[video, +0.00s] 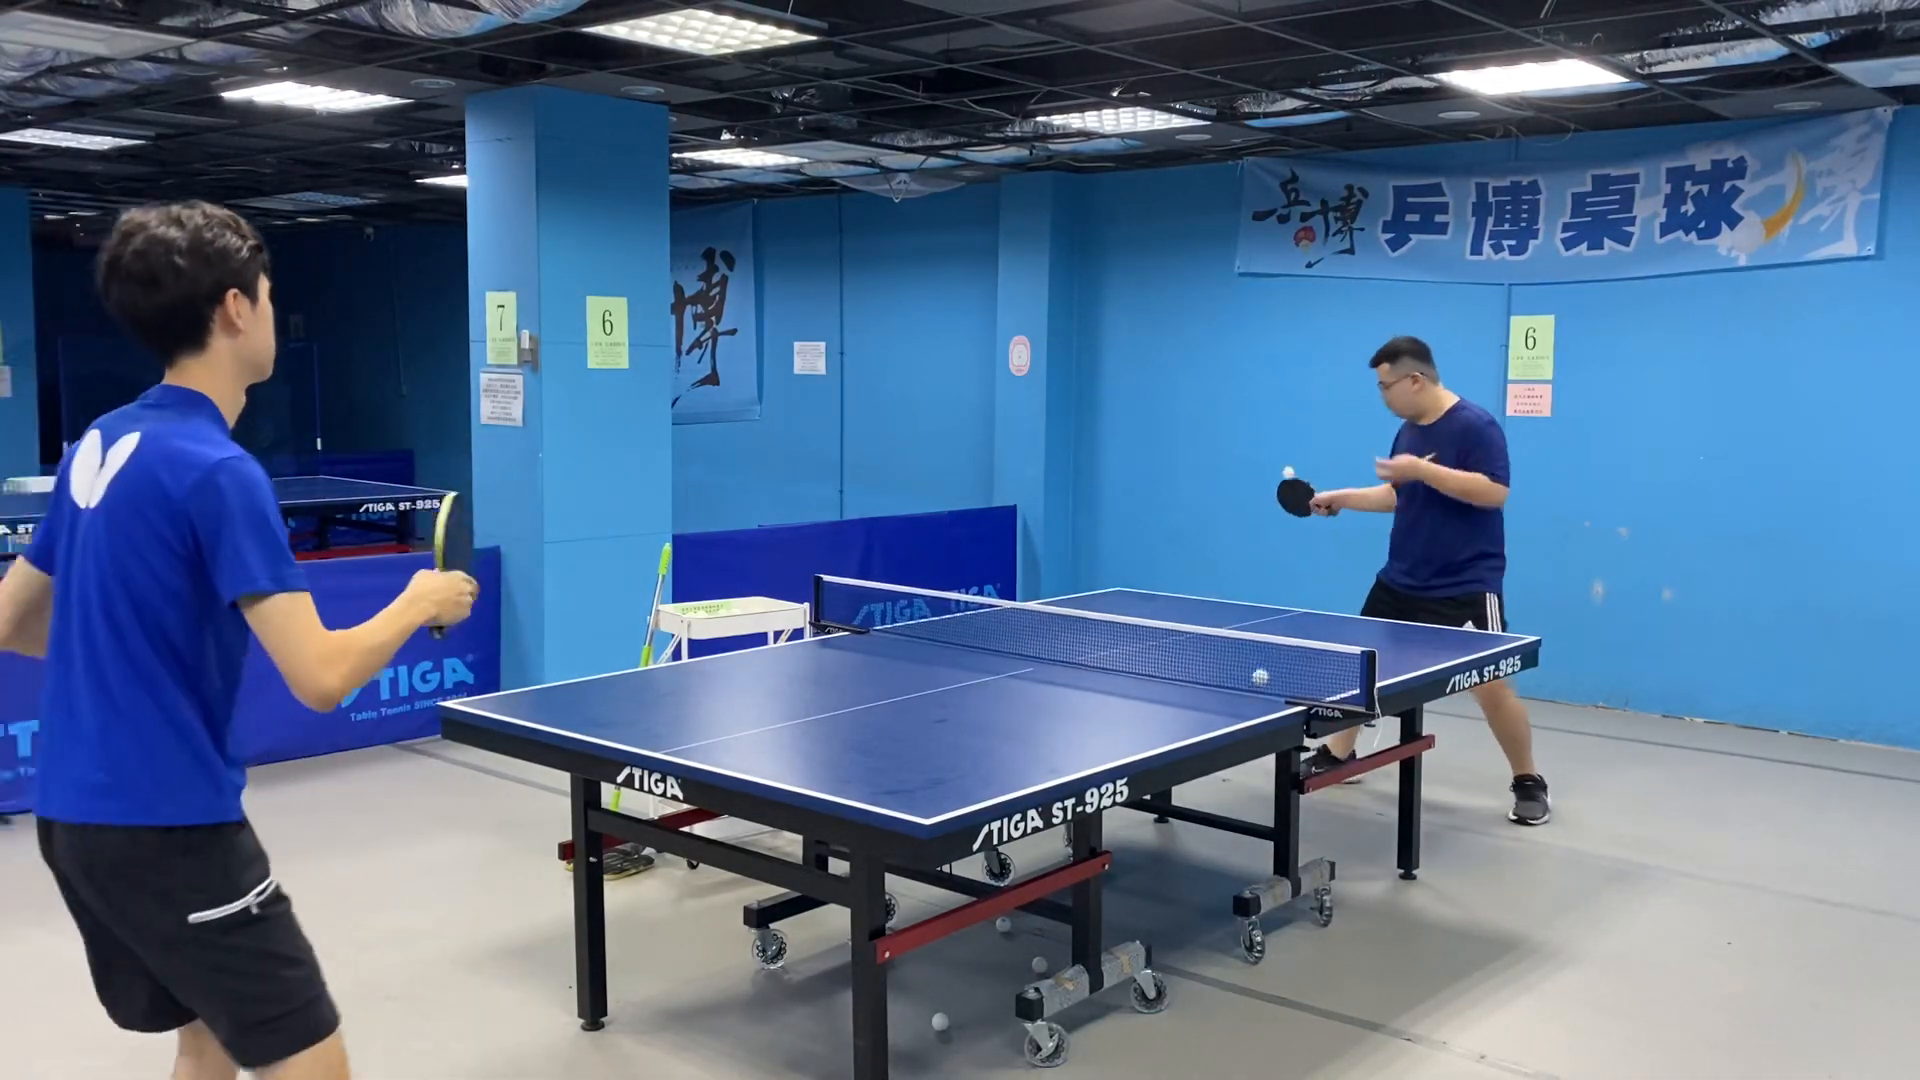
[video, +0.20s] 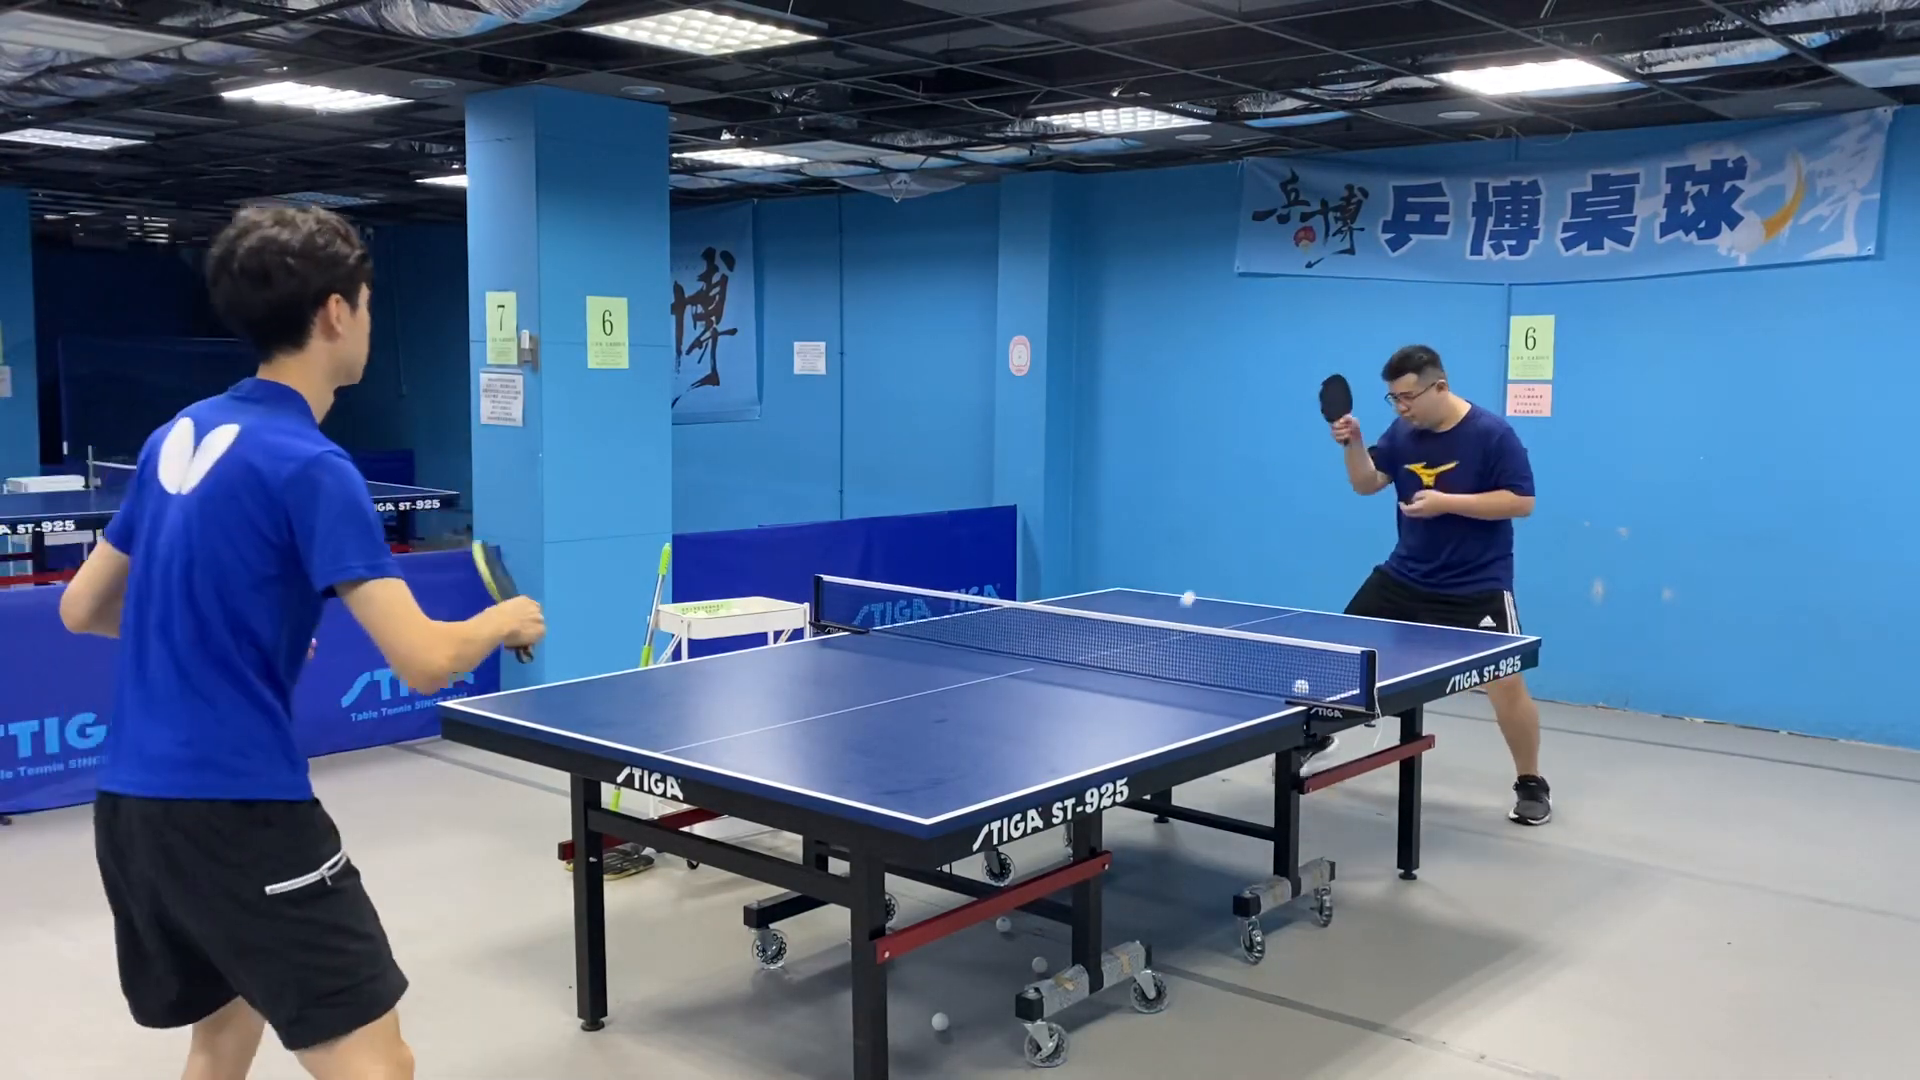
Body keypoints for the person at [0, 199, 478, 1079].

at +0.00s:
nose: (274, 316)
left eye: (267, 294)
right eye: (266, 295)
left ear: (152, 319)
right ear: (233, 311)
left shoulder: (98, 445)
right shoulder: (219, 472)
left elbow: (18, 618)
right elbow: (323, 674)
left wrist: (141, 645)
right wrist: (419, 602)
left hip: (78, 811)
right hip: (169, 820)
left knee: (213, 1031)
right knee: (311, 1059)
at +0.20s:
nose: (368, 324)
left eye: (366, 303)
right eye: (364, 302)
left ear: (252, 314)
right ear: (334, 313)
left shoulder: (179, 433)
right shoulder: (312, 465)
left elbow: (87, 607)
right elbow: (424, 659)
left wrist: (205, 604)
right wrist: (502, 621)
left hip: (135, 803)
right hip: (241, 809)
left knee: (226, 1022)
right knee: (373, 1062)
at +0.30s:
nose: (429, 346)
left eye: (427, 325)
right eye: (427, 324)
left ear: (310, 332)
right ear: (396, 334)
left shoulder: (226, 446)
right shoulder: (376, 482)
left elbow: (116, 609)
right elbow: (500, 673)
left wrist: (225, 644)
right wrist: (558, 661)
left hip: (168, 808)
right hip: (274, 817)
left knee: (251, 1020)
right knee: (398, 1063)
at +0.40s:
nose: (492, 370)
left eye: (491, 350)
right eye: (490, 349)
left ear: (381, 350)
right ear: (462, 355)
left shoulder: (274, 458)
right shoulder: (444, 499)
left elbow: (148, 609)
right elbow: (582, 687)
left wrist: (247, 661)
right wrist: (620, 720)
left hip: (203, 808)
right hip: (318, 823)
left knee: (260, 1026)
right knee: (465, 1057)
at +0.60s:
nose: (595, 412)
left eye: (597, 390)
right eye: (598, 389)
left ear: (484, 376)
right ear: (574, 388)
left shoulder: (364, 463)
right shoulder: (547, 522)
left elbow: (210, 591)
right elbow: (693, 703)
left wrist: (229, 693)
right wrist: (686, 789)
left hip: (254, 808)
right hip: (391, 830)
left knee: (244, 1034)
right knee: (518, 1049)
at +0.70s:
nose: (617, 410)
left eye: (619, 390)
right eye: (619, 389)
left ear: (504, 379)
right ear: (596, 391)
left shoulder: (387, 461)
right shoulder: (575, 525)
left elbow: (231, 584)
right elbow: (749, 678)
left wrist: (223, 696)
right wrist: (731, 756)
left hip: (265, 799)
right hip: (402, 827)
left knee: (237, 1021)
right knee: (518, 1051)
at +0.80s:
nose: (605, 397)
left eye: (607, 380)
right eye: (608, 381)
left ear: (498, 378)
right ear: (589, 387)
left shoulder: (387, 457)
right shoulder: (581, 521)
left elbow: (231, 584)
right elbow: (770, 635)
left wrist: (216, 695)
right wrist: (797, 655)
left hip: (266, 789)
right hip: (401, 822)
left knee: (232, 1003)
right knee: (508, 1048)